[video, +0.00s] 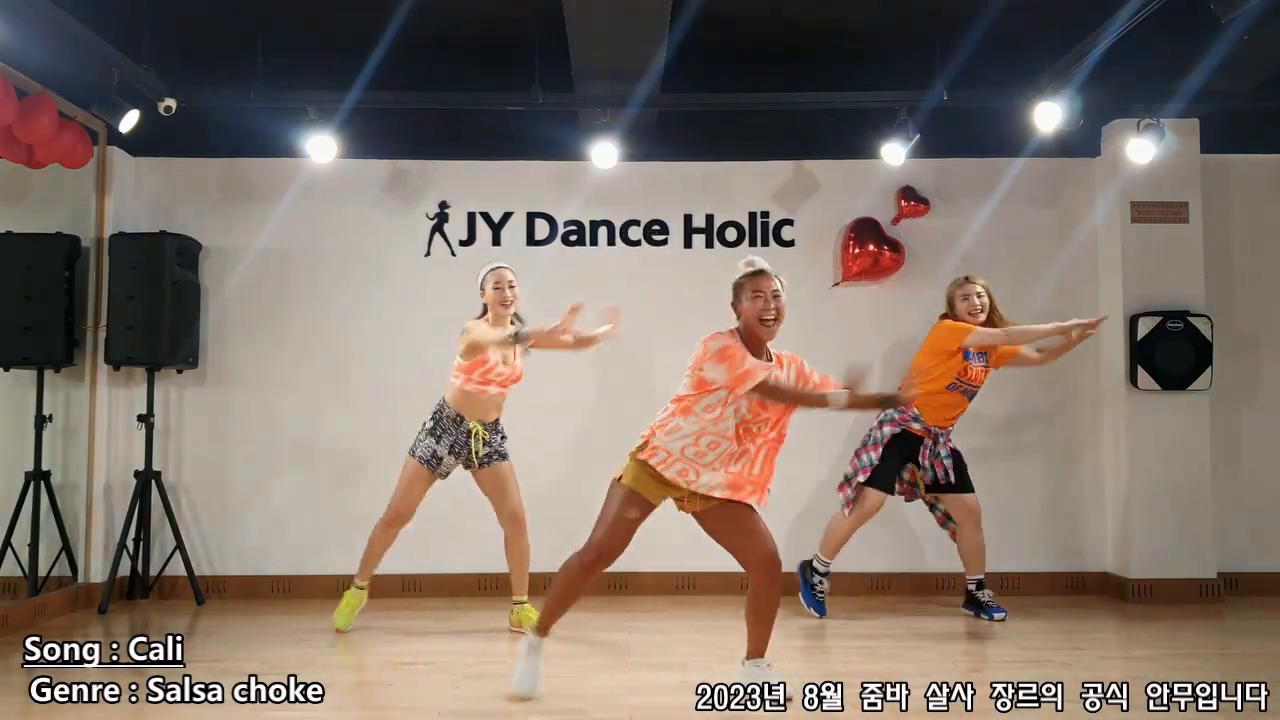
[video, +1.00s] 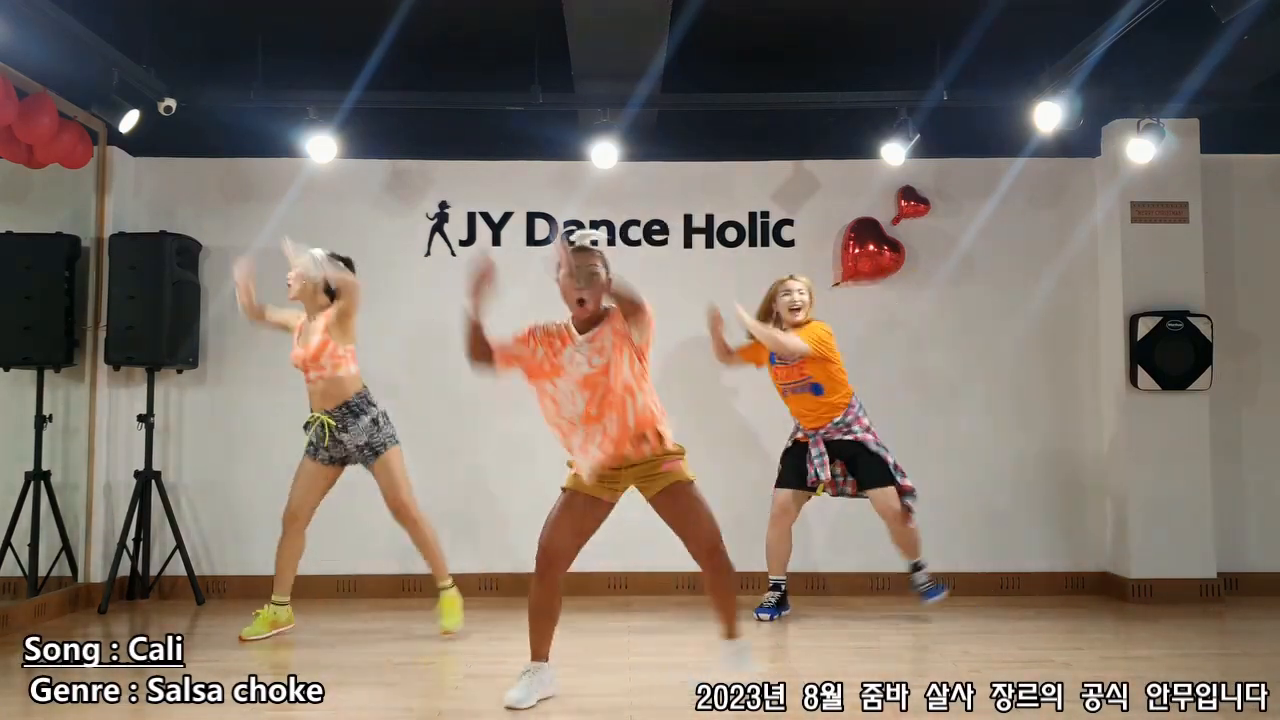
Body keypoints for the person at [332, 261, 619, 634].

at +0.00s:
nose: (506, 292)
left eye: (512, 286)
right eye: (498, 287)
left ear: (518, 294)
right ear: (484, 295)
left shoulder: (524, 334)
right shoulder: (473, 330)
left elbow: (569, 341)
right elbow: (499, 338)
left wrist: (602, 333)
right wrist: (552, 328)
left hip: (488, 434)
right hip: (446, 426)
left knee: (515, 516)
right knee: (396, 514)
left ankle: (520, 605)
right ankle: (358, 588)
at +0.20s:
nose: (470, 299)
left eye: (477, 292)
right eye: (463, 293)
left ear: (489, 300)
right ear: (453, 301)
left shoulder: (502, 348)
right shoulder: (439, 346)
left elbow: (528, 393)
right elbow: (407, 398)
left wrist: (523, 413)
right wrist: (416, 413)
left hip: (483, 442)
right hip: (436, 442)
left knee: (517, 525)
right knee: (392, 529)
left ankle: (521, 608)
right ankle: (382, 610)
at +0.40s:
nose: (419, 286)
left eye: (427, 280)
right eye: (413, 280)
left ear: (439, 287)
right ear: (404, 287)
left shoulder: (455, 329)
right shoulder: (390, 330)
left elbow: (491, 370)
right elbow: (351, 358)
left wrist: (457, 347)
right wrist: (342, 363)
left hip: (444, 428)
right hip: (400, 428)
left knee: (468, 518)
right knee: (377, 521)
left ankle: (489, 601)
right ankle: (380, 608)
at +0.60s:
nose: (382, 289)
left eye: (389, 282)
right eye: (376, 283)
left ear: (405, 290)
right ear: (367, 292)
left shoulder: (420, 328)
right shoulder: (362, 330)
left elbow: (441, 334)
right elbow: (308, 342)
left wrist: (394, 320)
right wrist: (297, 338)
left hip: (417, 432)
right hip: (373, 432)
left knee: (412, 527)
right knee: (330, 517)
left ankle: (421, 611)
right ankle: (353, 596)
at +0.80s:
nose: (334, 301)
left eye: (343, 293)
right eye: (328, 295)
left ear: (361, 299)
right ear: (323, 302)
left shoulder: (380, 343)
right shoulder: (324, 351)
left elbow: (424, 375)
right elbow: (305, 394)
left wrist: (388, 381)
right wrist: (278, 392)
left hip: (380, 445)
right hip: (339, 448)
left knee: (388, 542)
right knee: (285, 530)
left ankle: (419, 614)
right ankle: (282, 614)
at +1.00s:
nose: (290, 279)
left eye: (297, 274)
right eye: (291, 273)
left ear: (318, 282)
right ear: (297, 282)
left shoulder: (338, 316)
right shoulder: (298, 322)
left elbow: (349, 288)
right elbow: (257, 313)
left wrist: (319, 262)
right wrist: (245, 284)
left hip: (362, 418)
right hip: (324, 427)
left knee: (403, 508)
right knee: (294, 517)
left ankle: (447, 589)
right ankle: (279, 607)